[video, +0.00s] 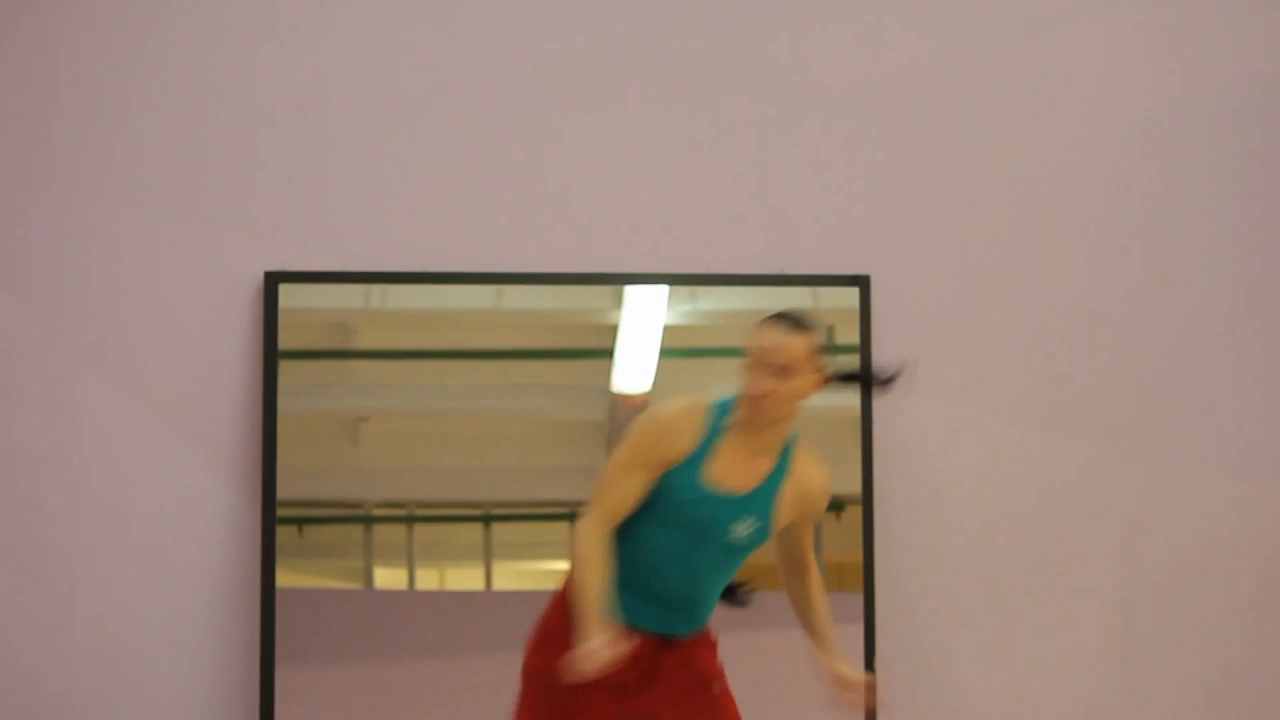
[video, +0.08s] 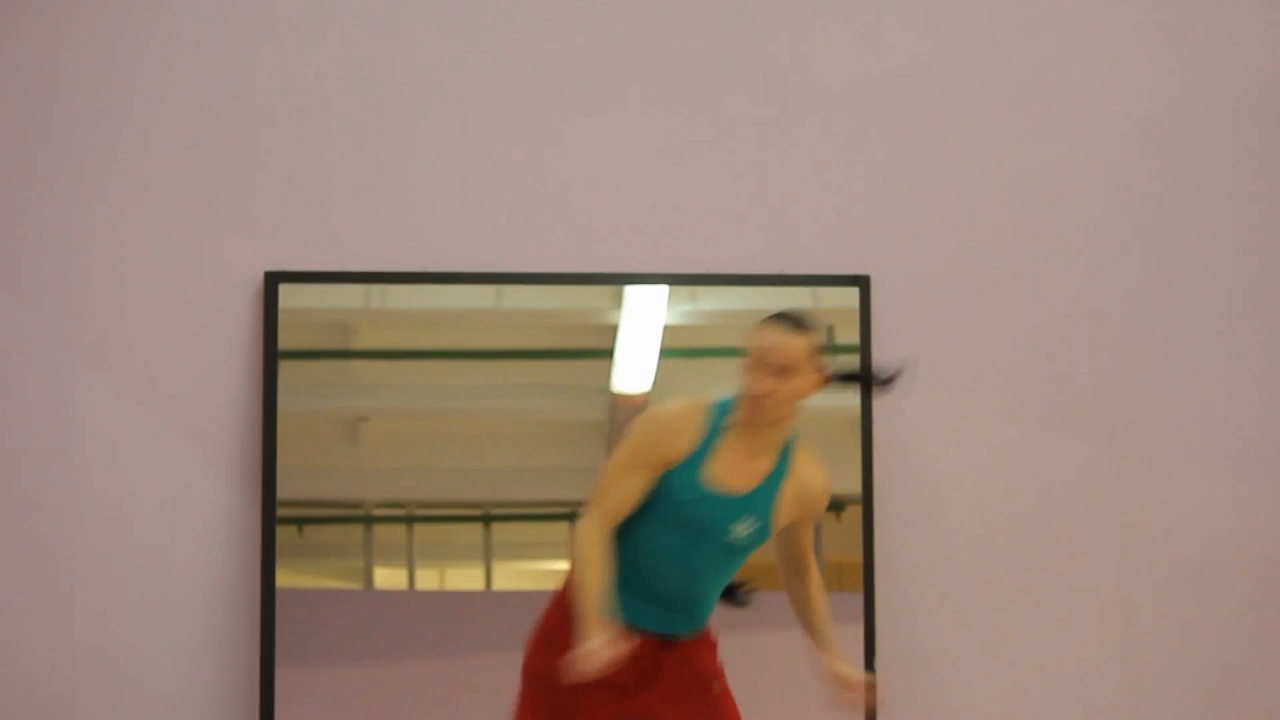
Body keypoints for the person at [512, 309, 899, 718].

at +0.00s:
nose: (758, 383)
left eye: (779, 372)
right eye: (753, 365)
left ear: (816, 381)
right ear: (742, 363)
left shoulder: (805, 483)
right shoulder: (674, 426)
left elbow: (799, 570)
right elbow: (593, 524)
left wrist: (832, 659)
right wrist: (595, 629)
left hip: (678, 656)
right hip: (586, 636)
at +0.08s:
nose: (757, 383)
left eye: (779, 372)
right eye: (753, 365)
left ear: (816, 381)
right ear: (742, 364)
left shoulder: (804, 482)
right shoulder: (674, 427)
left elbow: (799, 569)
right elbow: (593, 524)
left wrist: (832, 659)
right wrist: (595, 629)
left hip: (678, 656)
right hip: (586, 636)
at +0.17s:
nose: (729, 389)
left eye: (749, 377)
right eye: (723, 372)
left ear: (785, 386)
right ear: (711, 374)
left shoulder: (791, 494)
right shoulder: (644, 439)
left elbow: (801, 597)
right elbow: (571, 534)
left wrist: (860, 658)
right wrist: (563, 628)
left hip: (680, 683)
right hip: (585, 666)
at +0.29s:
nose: (729, 390)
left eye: (749, 377)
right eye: (723, 373)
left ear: (785, 386)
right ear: (711, 375)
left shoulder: (791, 494)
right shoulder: (644, 439)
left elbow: (801, 597)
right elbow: (571, 534)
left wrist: (859, 658)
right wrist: (563, 628)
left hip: (680, 683)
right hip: (586, 666)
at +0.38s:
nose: (728, 389)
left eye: (748, 377)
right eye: (722, 373)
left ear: (785, 386)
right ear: (710, 375)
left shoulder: (791, 494)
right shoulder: (643, 440)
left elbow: (802, 598)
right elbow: (570, 534)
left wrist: (859, 658)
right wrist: (563, 629)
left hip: (680, 683)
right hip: (585, 666)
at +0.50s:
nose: (703, 386)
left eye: (723, 373)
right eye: (694, 368)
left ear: (759, 381)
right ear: (683, 371)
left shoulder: (782, 488)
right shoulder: (624, 439)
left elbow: (795, 606)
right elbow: (562, 534)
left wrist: (851, 617)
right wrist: (547, 603)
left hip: (678, 686)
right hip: (577, 664)